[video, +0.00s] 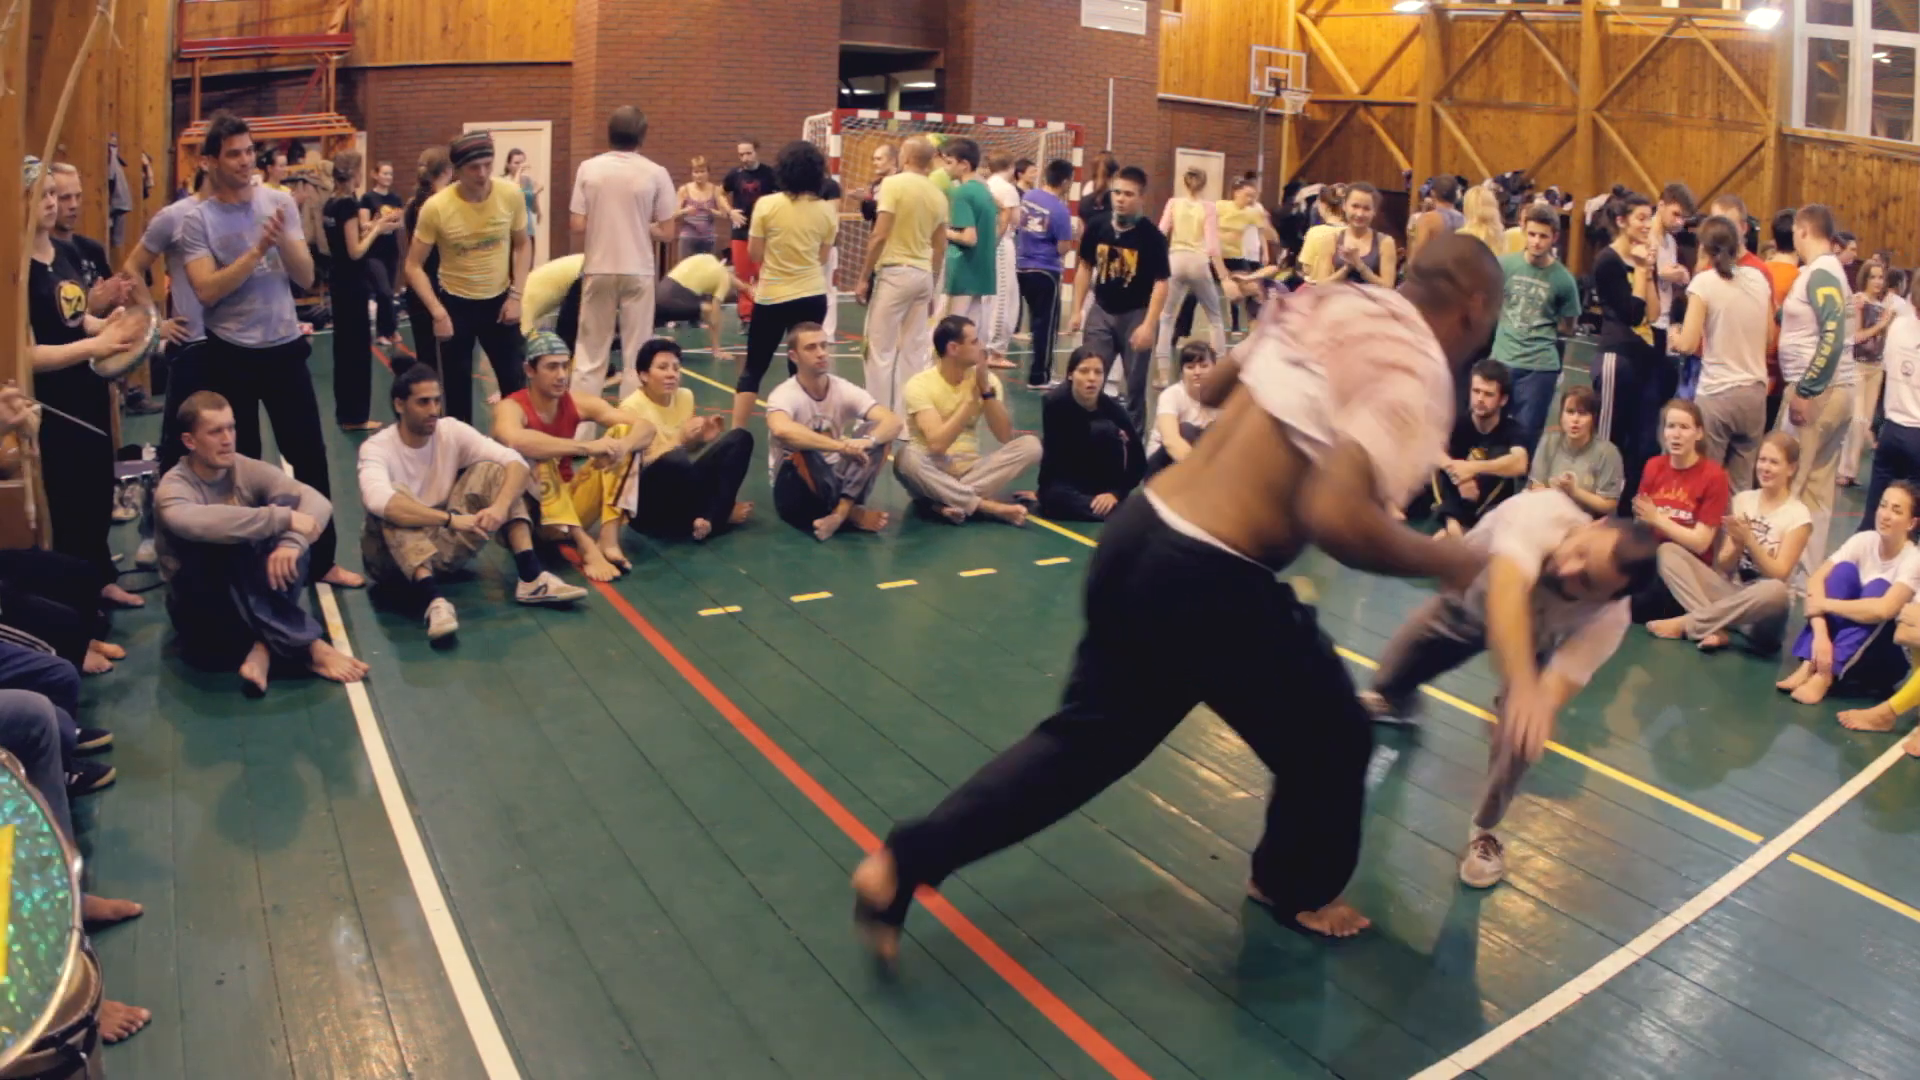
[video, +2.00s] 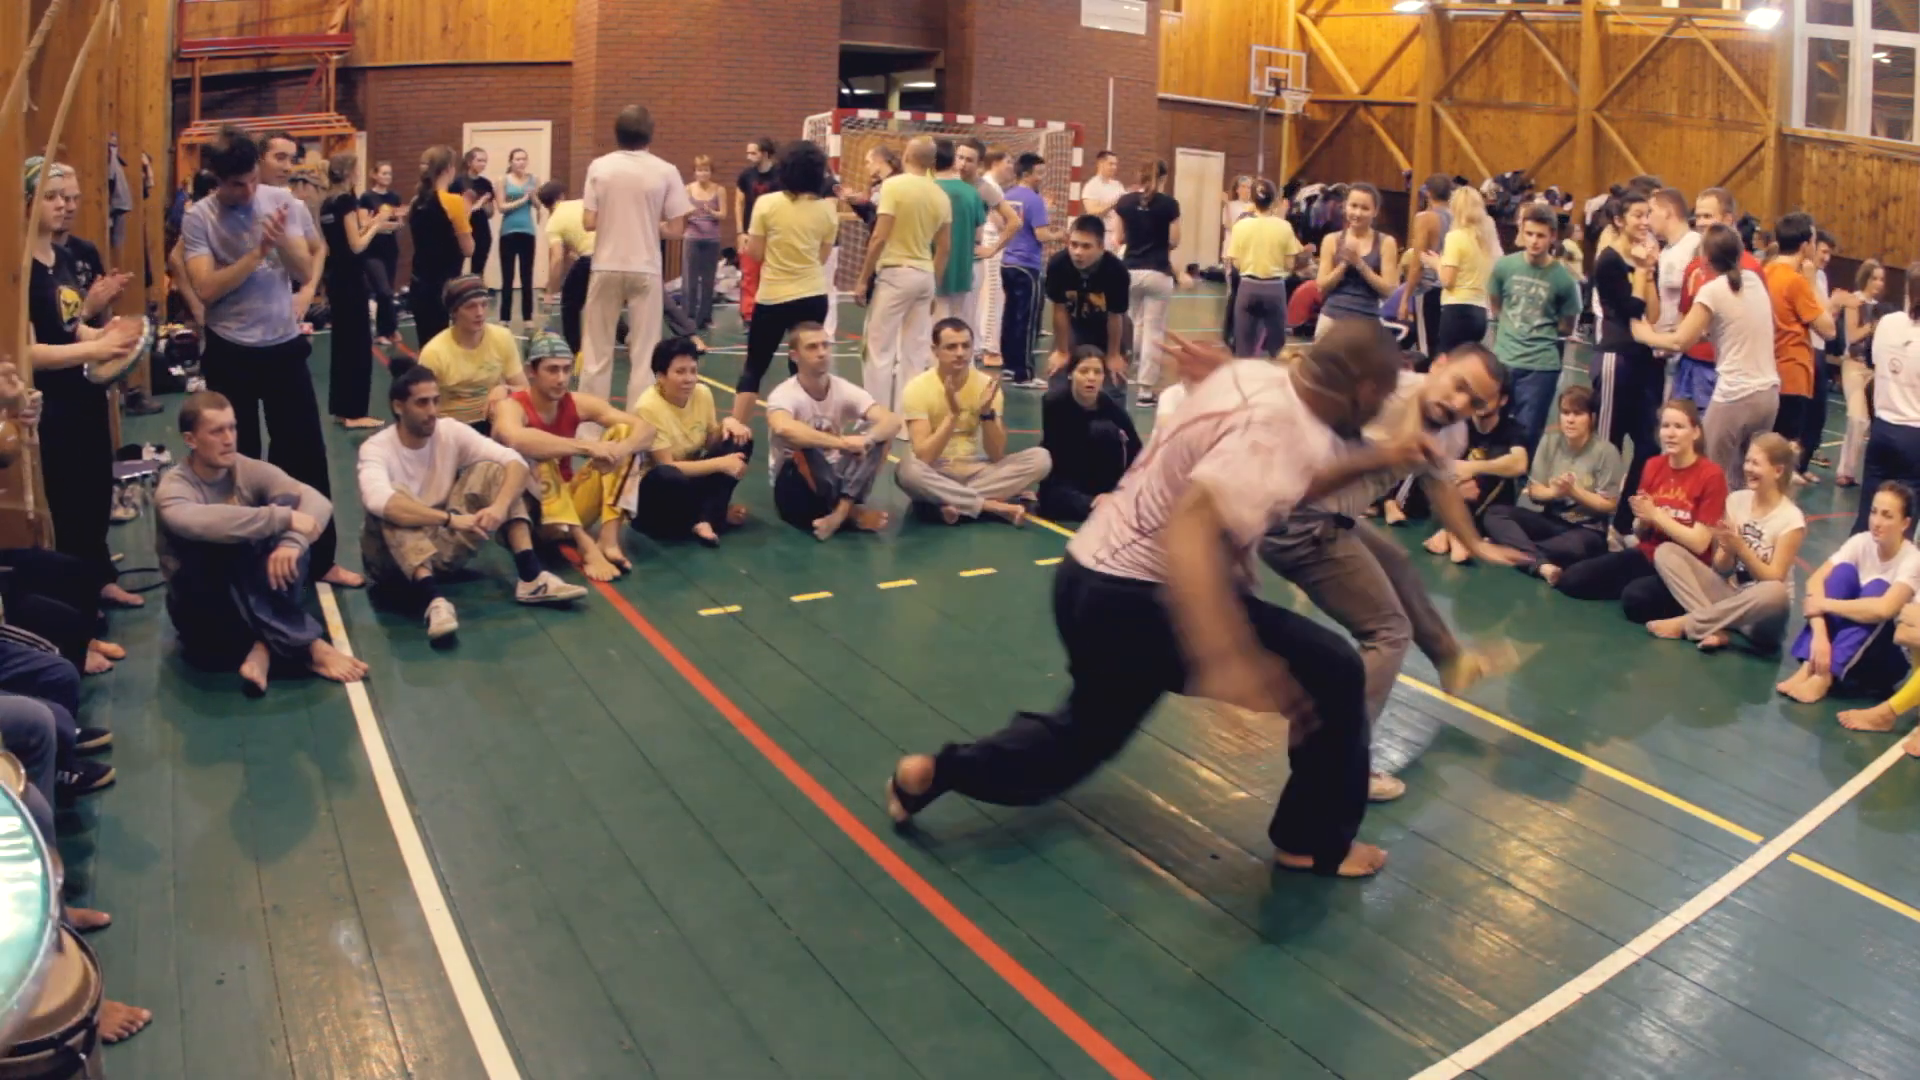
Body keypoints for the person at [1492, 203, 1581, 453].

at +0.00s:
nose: (1536, 241)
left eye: (1543, 236)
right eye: (1531, 234)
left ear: (1554, 238)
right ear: (1524, 233)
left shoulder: (1564, 280)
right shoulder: (1504, 265)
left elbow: (1567, 326)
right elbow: (1492, 305)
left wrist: (1538, 332)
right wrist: (1513, 327)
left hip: (1539, 362)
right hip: (1501, 356)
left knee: (1525, 433)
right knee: (1489, 427)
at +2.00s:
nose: (1534, 241)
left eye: (1540, 235)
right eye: (1529, 234)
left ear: (1552, 238)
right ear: (1521, 234)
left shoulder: (1563, 279)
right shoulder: (1503, 266)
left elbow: (1567, 326)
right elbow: (1495, 309)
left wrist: (1539, 334)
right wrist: (1514, 330)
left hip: (1540, 360)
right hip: (1503, 356)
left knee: (1526, 430)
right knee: (1492, 424)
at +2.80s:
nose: (1532, 242)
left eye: (1539, 236)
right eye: (1527, 234)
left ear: (1550, 238)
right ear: (1520, 234)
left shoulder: (1561, 277)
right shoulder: (1504, 266)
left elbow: (1566, 327)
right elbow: (1493, 305)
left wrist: (1537, 329)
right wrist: (1515, 324)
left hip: (1540, 362)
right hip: (1504, 357)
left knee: (1526, 432)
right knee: (1494, 427)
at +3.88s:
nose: (1531, 241)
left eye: (1537, 236)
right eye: (1526, 234)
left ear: (1550, 238)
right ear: (1520, 234)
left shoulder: (1561, 276)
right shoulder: (1503, 265)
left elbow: (1567, 324)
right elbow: (1493, 305)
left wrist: (1540, 334)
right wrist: (1513, 327)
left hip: (1539, 360)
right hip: (1503, 355)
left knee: (1526, 432)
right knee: (1492, 425)